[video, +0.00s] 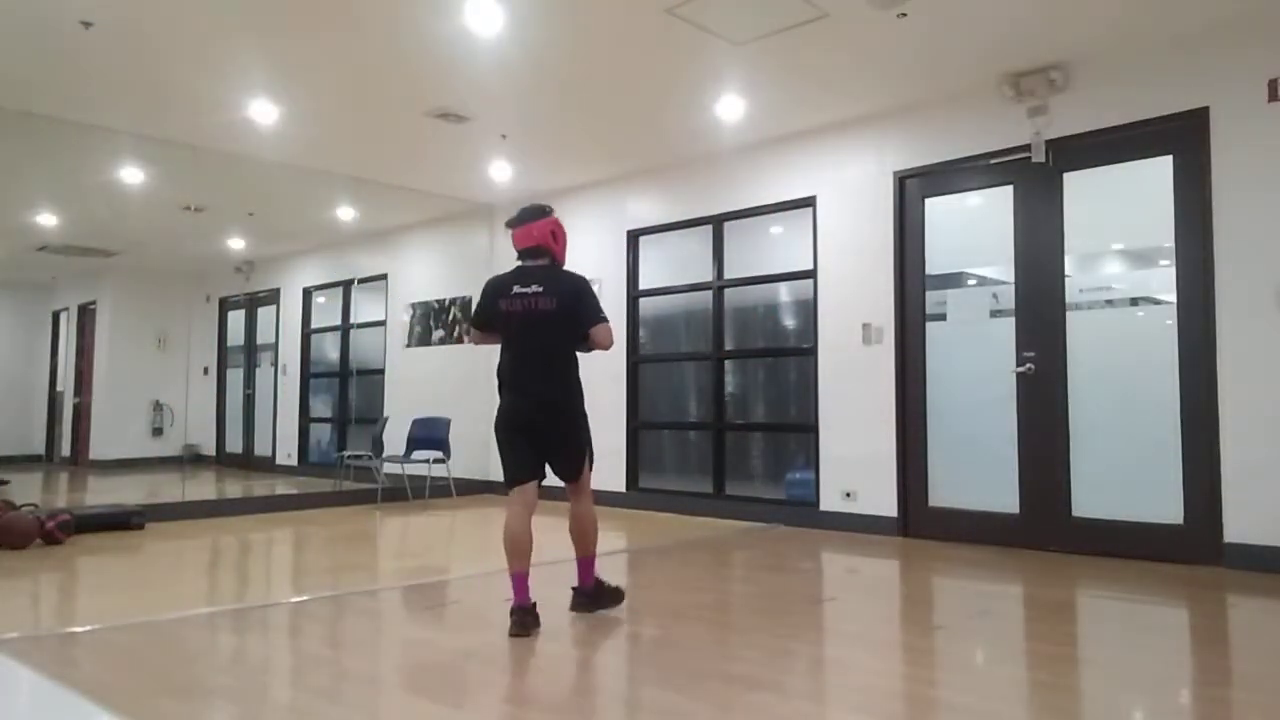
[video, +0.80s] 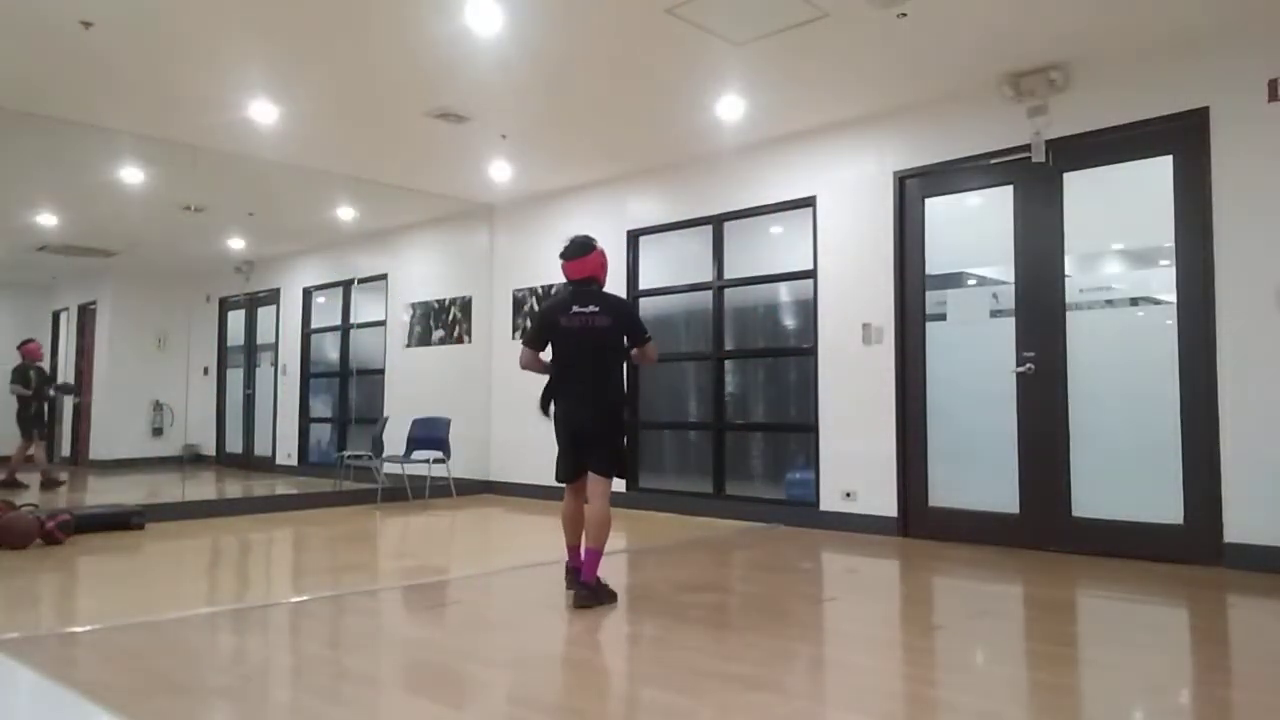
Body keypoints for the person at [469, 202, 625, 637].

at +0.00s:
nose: (565, 242)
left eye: (557, 235)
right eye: (561, 235)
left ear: (517, 243)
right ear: (556, 239)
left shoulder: (496, 286)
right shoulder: (573, 284)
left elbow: (481, 333)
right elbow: (603, 338)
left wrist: (521, 330)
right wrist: (569, 334)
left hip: (513, 409)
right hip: (562, 408)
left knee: (519, 500)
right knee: (579, 492)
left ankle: (521, 607)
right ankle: (586, 586)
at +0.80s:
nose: (605, 269)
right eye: (603, 264)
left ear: (567, 270)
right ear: (601, 268)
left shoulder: (552, 309)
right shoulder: (619, 308)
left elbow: (527, 359)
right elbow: (648, 354)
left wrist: (557, 368)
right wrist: (621, 353)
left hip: (568, 410)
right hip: (605, 409)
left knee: (574, 490)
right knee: (599, 492)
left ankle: (574, 568)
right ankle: (588, 582)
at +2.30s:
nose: (597, 295)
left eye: (599, 291)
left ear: (604, 295)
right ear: (632, 295)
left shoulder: (594, 328)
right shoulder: (647, 327)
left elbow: (572, 367)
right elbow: (654, 360)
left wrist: (596, 348)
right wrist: (630, 346)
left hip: (602, 413)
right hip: (635, 412)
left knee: (604, 478)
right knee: (634, 478)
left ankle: (605, 546)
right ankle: (634, 547)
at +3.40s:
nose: (597, 321)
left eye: (598, 315)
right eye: (594, 316)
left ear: (612, 308)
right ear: (596, 313)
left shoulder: (634, 333)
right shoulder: (601, 337)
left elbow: (638, 371)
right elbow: (587, 366)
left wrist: (606, 373)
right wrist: (582, 382)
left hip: (620, 411)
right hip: (606, 410)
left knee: (605, 470)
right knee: (618, 472)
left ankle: (610, 539)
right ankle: (626, 536)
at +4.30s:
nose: (594, 312)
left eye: (599, 306)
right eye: (590, 306)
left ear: (613, 303)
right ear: (585, 305)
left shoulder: (627, 329)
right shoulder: (583, 332)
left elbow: (627, 366)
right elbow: (556, 359)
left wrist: (593, 381)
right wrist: (566, 369)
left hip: (616, 412)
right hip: (585, 411)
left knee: (616, 476)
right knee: (563, 470)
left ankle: (620, 543)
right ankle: (566, 539)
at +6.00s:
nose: (572, 298)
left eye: (579, 291)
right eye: (565, 290)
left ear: (589, 291)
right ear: (552, 290)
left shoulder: (598, 322)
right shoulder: (537, 321)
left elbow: (610, 353)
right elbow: (509, 351)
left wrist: (578, 345)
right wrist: (528, 356)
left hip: (582, 416)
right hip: (545, 413)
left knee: (576, 487)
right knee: (534, 482)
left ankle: (573, 558)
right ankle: (519, 562)